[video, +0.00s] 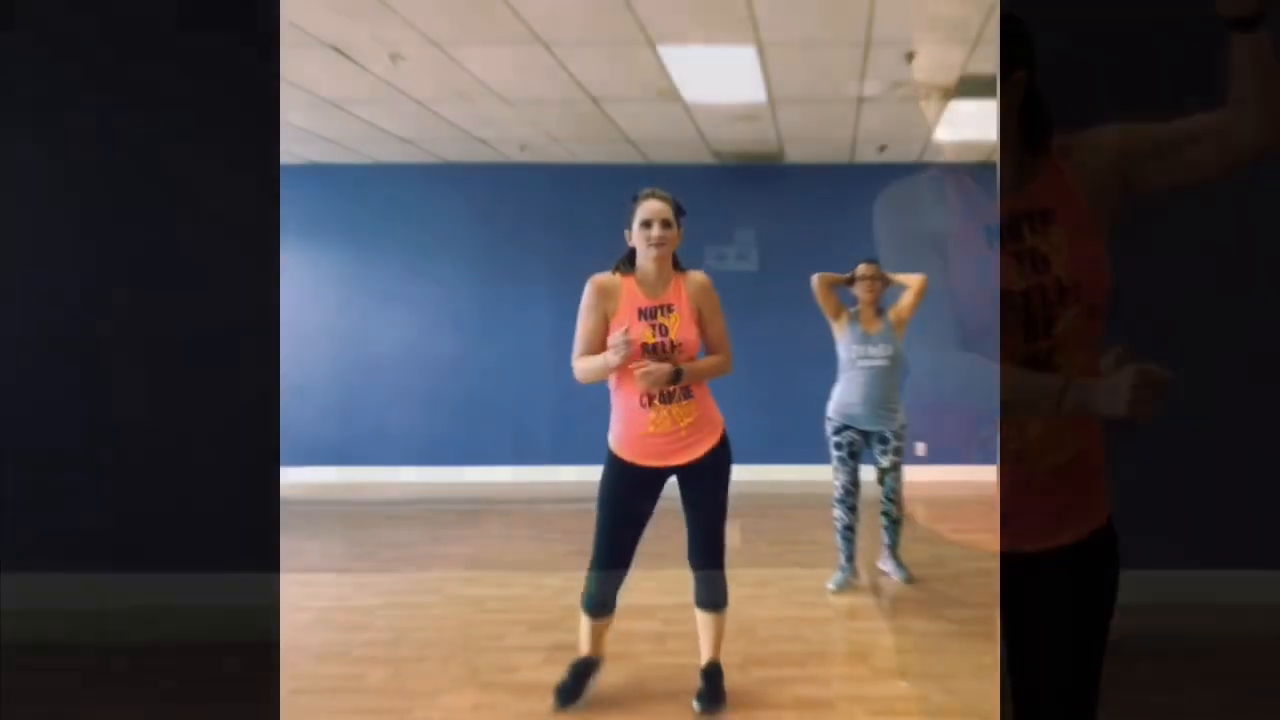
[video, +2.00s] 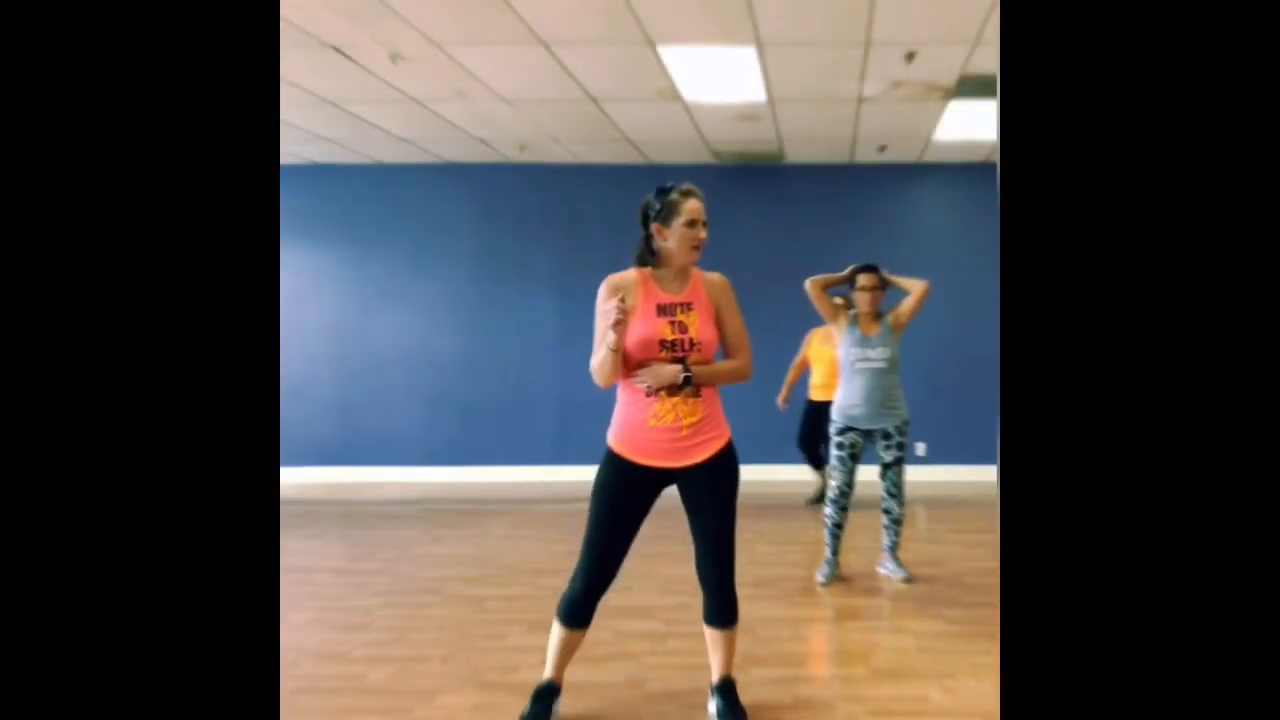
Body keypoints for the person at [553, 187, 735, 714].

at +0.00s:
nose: (656, 231)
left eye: (665, 223)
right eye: (647, 223)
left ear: (679, 232)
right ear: (630, 233)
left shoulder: (696, 286)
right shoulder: (603, 289)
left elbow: (723, 359)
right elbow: (581, 369)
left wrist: (677, 371)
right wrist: (610, 360)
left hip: (701, 443)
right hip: (633, 448)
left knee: (707, 560)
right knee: (605, 567)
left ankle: (710, 669)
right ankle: (588, 659)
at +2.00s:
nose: (703, 234)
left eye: (705, 224)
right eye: (692, 225)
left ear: (701, 231)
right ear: (658, 230)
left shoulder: (714, 287)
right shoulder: (619, 288)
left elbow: (742, 367)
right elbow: (604, 377)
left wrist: (684, 372)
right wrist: (612, 337)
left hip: (707, 451)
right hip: (633, 452)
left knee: (718, 576)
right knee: (591, 578)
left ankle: (723, 689)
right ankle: (548, 686)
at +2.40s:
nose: (644, 236)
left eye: (644, 226)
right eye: (634, 227)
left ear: (634, 233)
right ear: (599, 233)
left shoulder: (649, 295)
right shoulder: (555, 289)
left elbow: (667, 374)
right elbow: (528, 377)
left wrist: (620, 377)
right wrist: (557, 344)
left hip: (634, 457)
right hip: (560, 457)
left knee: (682, 572)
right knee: (556, 580)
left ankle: (714, 686)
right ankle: (545, 690)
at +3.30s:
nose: (631, 233)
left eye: (640, 223)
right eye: (621, 227)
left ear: (659, 227)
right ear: (610, 238)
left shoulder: (694, 286)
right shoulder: (603, 288)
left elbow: (724, 368)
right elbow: (556, 338)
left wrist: (656, 374)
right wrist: (595, 274)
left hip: (674, 453)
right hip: (602, 447)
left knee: (690, 578)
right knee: (575, 572)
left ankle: (718, 684)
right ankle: (547, 689)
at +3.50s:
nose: (656, 229)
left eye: (664, 218)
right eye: (646, 222)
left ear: (685, 221)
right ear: (637, 232)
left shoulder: (718, 278)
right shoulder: (631, 285)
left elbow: (753, 357)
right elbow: (575, 329)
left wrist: (687, 368)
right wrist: (612, 264)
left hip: (710, 444)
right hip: (642, 442)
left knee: (711, 572)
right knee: (605, 568)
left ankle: (722, 686)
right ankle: (586, 678)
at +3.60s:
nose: (664, 223)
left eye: (673, 212)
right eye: (654, 215)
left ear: (694, 215)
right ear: (645, 224)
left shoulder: (725, 271)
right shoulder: (637, 279)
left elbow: (760, 348)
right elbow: (568, 319)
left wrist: (693, 361)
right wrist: (610, 265)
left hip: (714, 439)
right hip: (647, 437)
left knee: (718, 568)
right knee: (632, 566)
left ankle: (722, 683)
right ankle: (657, 658)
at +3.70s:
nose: (670, 225)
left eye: (679, 215)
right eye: (661, 217)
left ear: (700, 221)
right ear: (651, 227)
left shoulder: (729, 274)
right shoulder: (639, 272)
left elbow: (764, 350)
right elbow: (560, 275)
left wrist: (697, 363)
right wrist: (559, 283)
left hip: (715, 442)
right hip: (649, 442)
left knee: (720, 567)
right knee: (668, 571)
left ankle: (725, 683)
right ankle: (696, 669)